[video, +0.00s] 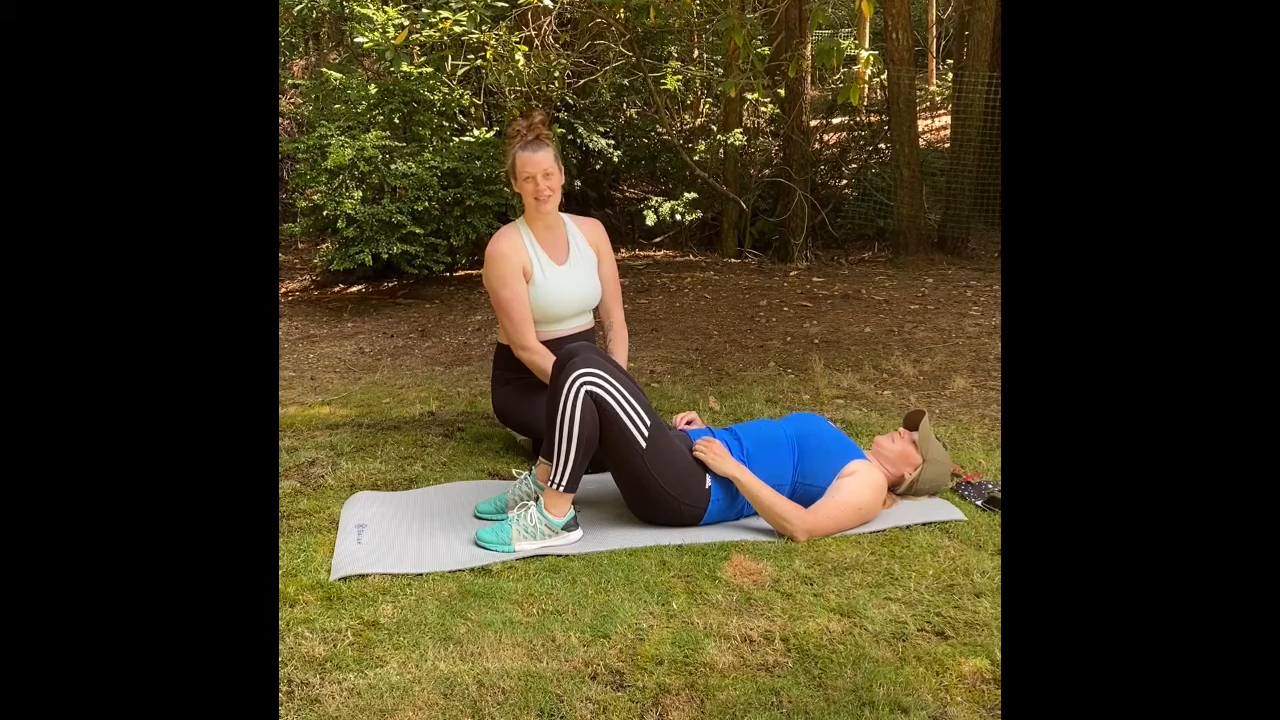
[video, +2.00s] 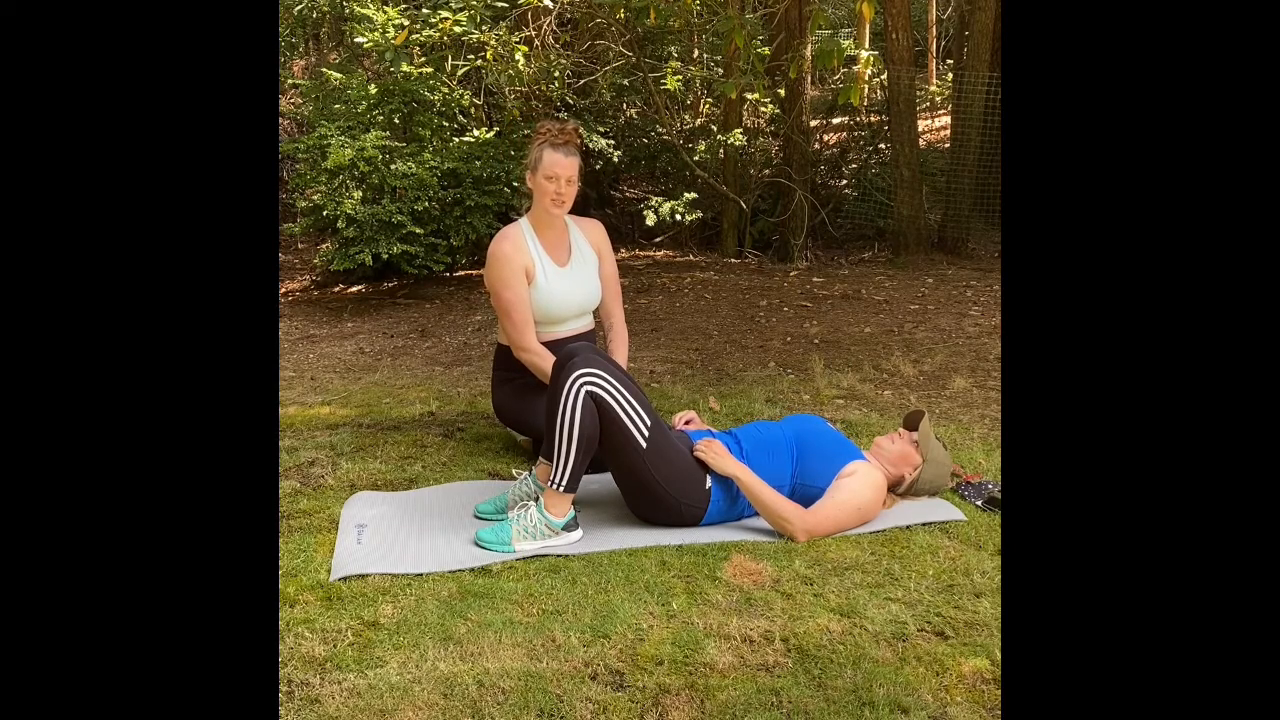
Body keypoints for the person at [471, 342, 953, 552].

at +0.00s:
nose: (896, 433)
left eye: (907, 440)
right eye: (905, 431)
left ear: (907, 472)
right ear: (895, 446)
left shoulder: (867, 484)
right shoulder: (843, 452)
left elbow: (804, 526)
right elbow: (761, 468)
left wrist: (731, 468)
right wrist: (705, 430)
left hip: (693, 488)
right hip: (682, 463)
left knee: (588, 371)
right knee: (579, 357)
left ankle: (554, 511)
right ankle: (543, 484)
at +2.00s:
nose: (897, 433)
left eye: (908, 440)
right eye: (906, 431)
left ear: (907, 471)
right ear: (895, 446)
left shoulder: (867, 483)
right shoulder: (843, 453)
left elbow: (805, 527)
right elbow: (760, 470)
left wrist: (732, 468)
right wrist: (705, 431)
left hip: (693, 490)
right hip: (682, 466)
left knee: (589, 373)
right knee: (580, 357)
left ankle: (554, 511)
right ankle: (542, 485)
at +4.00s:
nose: (897, 432)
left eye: (908, 438)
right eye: (906, 430)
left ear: (907, 469)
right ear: (897, 445)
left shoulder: (863, 478)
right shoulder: (844, 452)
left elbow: (788, 515)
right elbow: (763, 466)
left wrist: (700, 513)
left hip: (695, 474)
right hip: (680, 443)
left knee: (580, 369)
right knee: (546, 356)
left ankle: (556, 512)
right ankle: (546, 480)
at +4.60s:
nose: (898, 430)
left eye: (909, 437)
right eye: (907, 428)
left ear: (908, 468)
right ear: (898, 445)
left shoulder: (864, 477)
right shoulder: (847, 452)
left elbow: (790, 515)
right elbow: (768, 477)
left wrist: (705, 515)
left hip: (696, 477)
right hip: (682, 444)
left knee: (584, 373)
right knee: (567, 356)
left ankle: (555, 510)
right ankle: (545, 482)